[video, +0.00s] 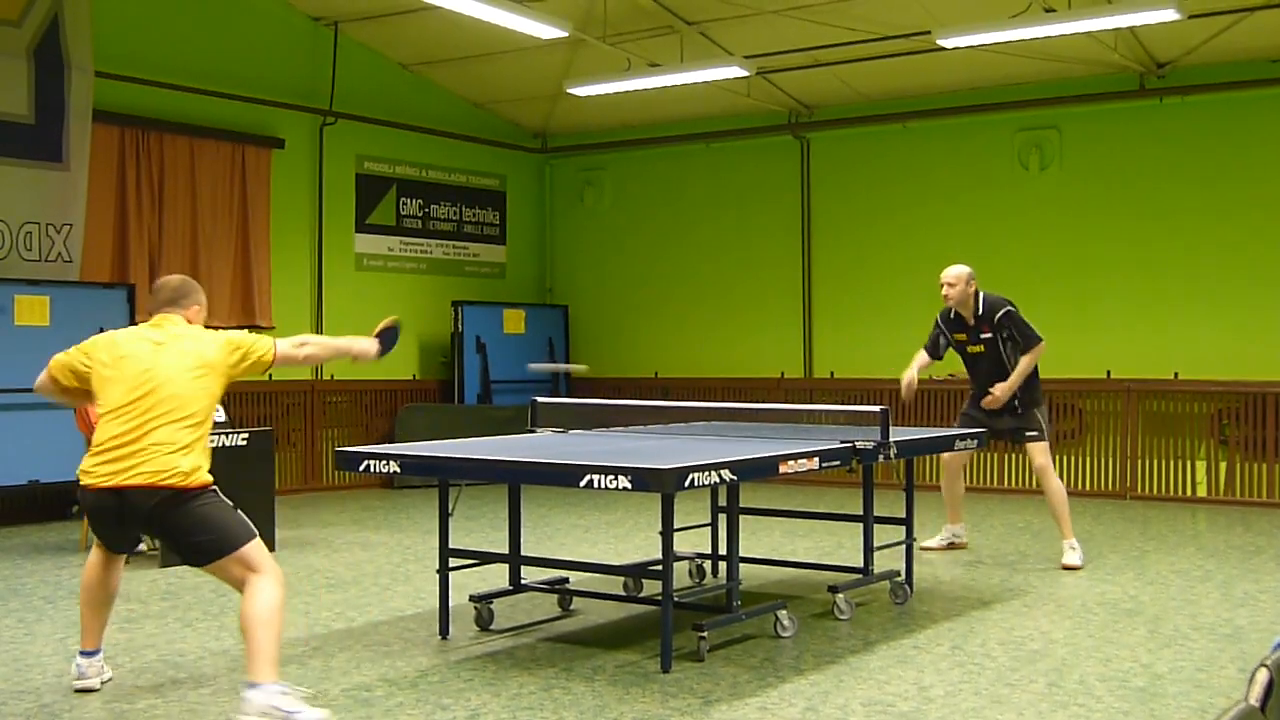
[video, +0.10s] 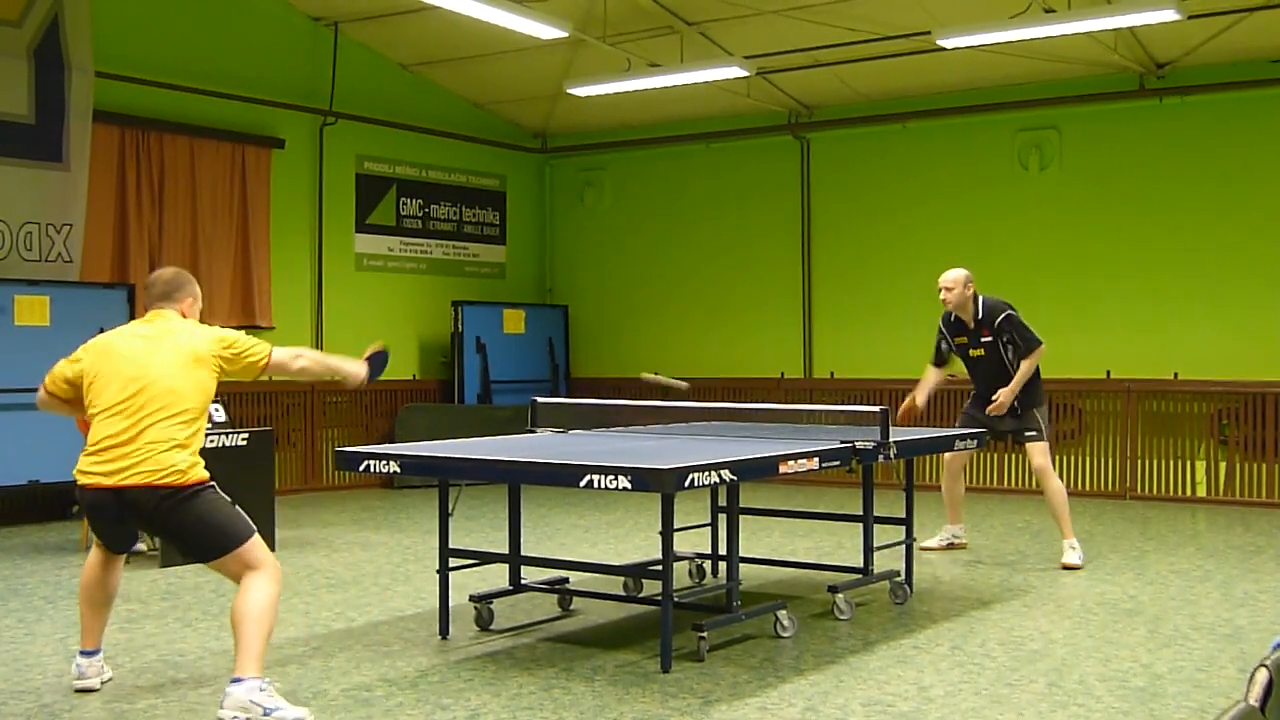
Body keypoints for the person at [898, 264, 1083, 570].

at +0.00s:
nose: (945, 291)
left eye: (951, 286)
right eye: (942, 286)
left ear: (971, 287)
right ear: (942, 289)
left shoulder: (999, 309)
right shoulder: (946, 319)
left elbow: (1035, 346)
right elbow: (930, 351)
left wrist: (1009, 386)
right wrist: (912, 369)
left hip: (1023, 399)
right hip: (981, 399)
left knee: (1042, 466)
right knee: (950, 458)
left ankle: (1070, 543)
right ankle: (954, 531)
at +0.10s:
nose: (943, 296)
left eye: (949, 289)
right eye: (941, 291)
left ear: (969, 289)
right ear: (941, 294)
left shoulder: (999, 312)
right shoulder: (948, 324)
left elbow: (1035, 350)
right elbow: (938, 366)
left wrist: (1012, 390)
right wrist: (920, 395)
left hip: (1024, 400)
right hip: (982, 400)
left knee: (1041, 466)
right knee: (952, 460)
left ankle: (1070, 543)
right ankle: (954, 532)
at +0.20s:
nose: (939, 304)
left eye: (944, 297)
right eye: (937, 298)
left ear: (965, 293)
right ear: (952, 297)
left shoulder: (995, 316)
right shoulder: (959, 328)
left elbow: (1026, 356)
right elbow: (976, 373)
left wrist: (992, 391)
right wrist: (959, 408)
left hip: (1027, 405)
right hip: (991, 404)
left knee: (1039, 475)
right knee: (956, 457)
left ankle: (1090, 542)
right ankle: (954, 531)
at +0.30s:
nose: (943, 303)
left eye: (946, 296)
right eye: (942, 297)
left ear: (966, 291)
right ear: (963, 293)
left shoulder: (992, 315)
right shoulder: (974, 321)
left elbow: (1018, 359)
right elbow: (992, 366)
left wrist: (974, 382)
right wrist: (971, 385)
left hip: (1027, 407)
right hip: (998, 405)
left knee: (1040, 478)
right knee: (963, 456)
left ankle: (1094, 544)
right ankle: (957, 530)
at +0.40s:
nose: (960, 291)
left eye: (963, 285)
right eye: (959, 286)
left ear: (980, 282)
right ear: (975, 284)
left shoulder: (1007, 303)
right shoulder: (983, 306)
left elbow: (986, 348)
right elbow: (961, 341)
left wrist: (963, 313)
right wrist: (932, 336)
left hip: (1023, 402)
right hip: (994, 400)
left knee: (1026, 470)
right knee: (965, 455)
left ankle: (1084, 533)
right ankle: (974, 529)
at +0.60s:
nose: (976, 294)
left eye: (982, 288)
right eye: (973, 289)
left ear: (1001, 287)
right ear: (972, 290)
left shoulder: (1020, 310)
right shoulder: (971, 312)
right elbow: (939, 332)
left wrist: (997, 314)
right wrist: (920, 317)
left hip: (1020, 409)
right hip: (981, 406)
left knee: (1022, 470)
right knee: (935, 459)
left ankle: (1053, 544)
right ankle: (955, 518)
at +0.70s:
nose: (973, 291)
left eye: (980, 285)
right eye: (969, 285)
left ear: (997, 287)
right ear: (966, 287)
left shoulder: (1017, 314)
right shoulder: (965, 316)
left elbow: (1044, 353)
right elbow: (939, 343)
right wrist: (921, 337)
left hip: (1017, 407)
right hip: (978, 405)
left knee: (1024, 469)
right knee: (930, 461)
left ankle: (1054, 545)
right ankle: (934, 531)